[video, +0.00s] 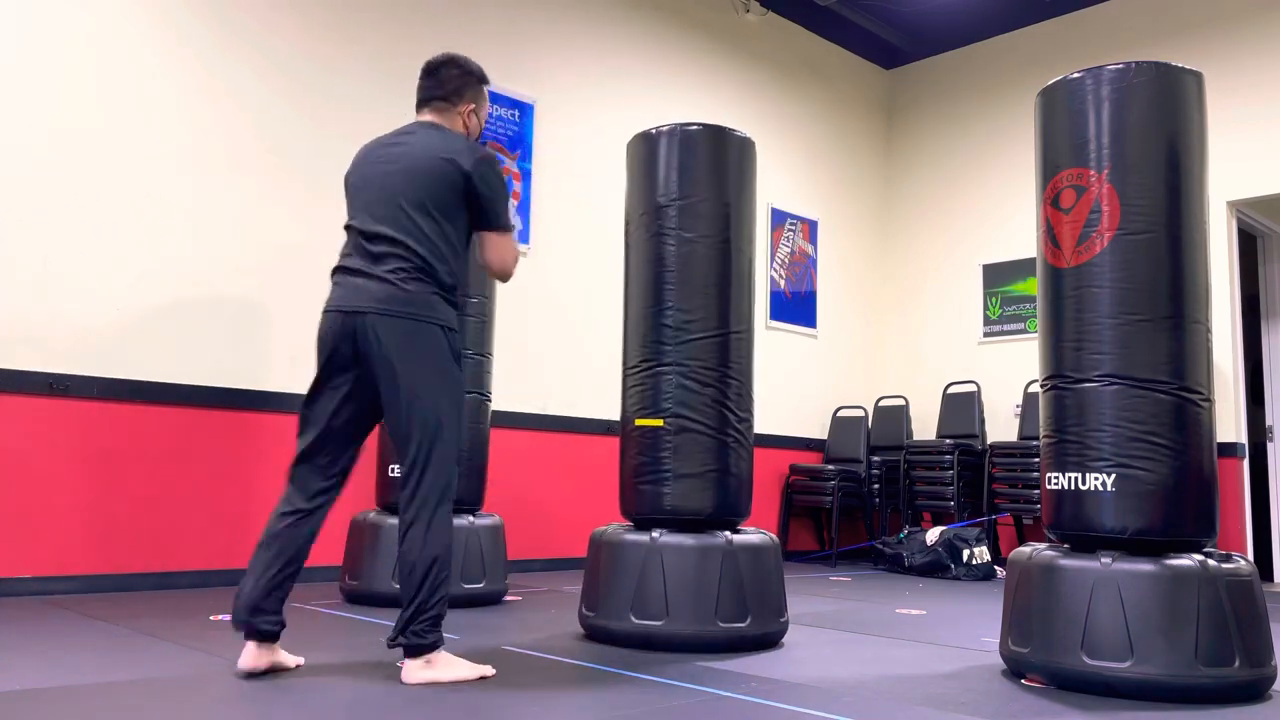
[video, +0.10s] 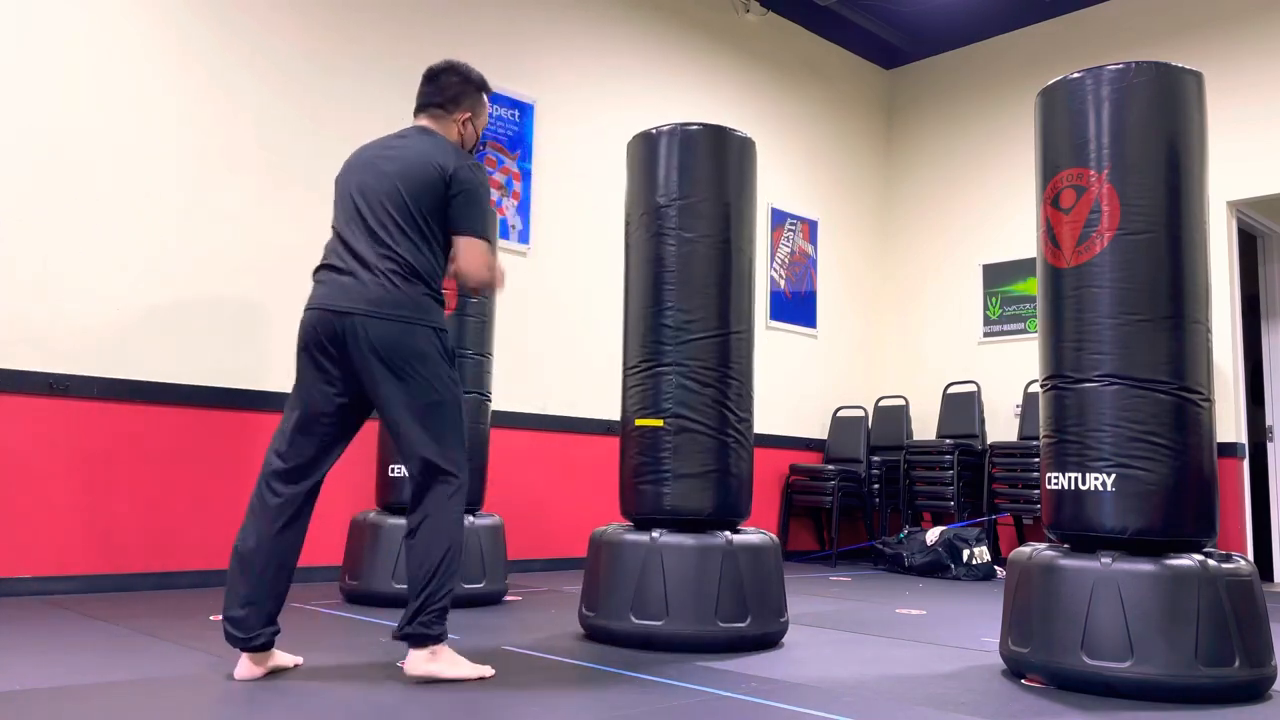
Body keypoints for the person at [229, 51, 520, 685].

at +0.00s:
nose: (485, 119)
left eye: (485, 110)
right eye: (485, 109)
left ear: (423, 103)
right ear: (470, 108)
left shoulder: (371, 153)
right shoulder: (473, 161)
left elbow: (387, 225)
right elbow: (502, 263)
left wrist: (468, 191)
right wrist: (498, 200)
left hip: (344, 313)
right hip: (413, 322)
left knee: (312, 479)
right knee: (431, 483)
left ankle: (258, 639)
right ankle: (422, 650)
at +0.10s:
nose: (480, 131)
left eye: (481, 121)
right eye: (481, 120)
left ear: (424, 107)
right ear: (465, 115)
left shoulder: (364, 156)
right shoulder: (458, 167)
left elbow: (374, 239)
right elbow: (476, 273)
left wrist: (452, 248)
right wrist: (477, 272)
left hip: (327, 316)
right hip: (401, 326)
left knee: (289, 473)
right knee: (442, 476)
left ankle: (251, 644)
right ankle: (427, 643)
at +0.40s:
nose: (492, 135)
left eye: (492, 125)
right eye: (492, 124)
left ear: (433, 114)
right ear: (476, 119)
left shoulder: (391, 163)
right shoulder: (468, 162)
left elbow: (419, 270)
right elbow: (450, 237)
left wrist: (484, 262)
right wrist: (438, 329)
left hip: (351, 332)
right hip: (420, 335)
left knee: (306, 483)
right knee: (493, 473)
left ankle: (256, 643)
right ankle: (523, 630)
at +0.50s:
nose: (498, 120)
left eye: (496, 111)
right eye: (495, 110)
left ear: (442, 110)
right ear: (479, 110)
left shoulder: (448, 162)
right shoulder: (460, 145)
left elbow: (500, 251)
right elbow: (418, 189)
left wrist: (541, 203)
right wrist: (421, 253)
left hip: (401, 344)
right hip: (461, 344)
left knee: (357, 477)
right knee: (520, 482)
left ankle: (279, 620)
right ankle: (517, 637)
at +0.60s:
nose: (504, 111)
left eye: (504, 101)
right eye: (502, 99)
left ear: (467, 98)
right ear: (482, 95)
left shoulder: (476, 166)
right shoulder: (427, 124)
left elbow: (520, 253)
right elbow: (439, 168)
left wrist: (588, 255)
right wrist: (530, 211)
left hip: (487, 325)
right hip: (456, 325)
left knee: (505, 454)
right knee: (502, 463)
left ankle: (390, 480)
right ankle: (516, 630)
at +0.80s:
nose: (532, 131)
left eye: (532, 122)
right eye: (529, 120)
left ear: (497, 114)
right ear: (505, 113)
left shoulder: (486, 164)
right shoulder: (454, 145)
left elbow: (462, 256)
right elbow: (518, 196)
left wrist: (518, 264)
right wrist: (553, 154)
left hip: (511, 327)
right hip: (458, 337)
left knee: (596, 369)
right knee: (511, 479)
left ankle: (615, 437)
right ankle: (530, 629)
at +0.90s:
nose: (527, 131)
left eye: (528, 122)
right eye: (525, 119)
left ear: (490, 112)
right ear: (502, 111)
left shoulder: (486, 165)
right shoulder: (457, 148)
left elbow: (468, 250)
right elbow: (461, 218)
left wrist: (512, 246)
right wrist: (526, 192)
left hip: (492, 333)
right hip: (456, 339)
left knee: (539, 433)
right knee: (497, 485)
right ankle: (528, 630)